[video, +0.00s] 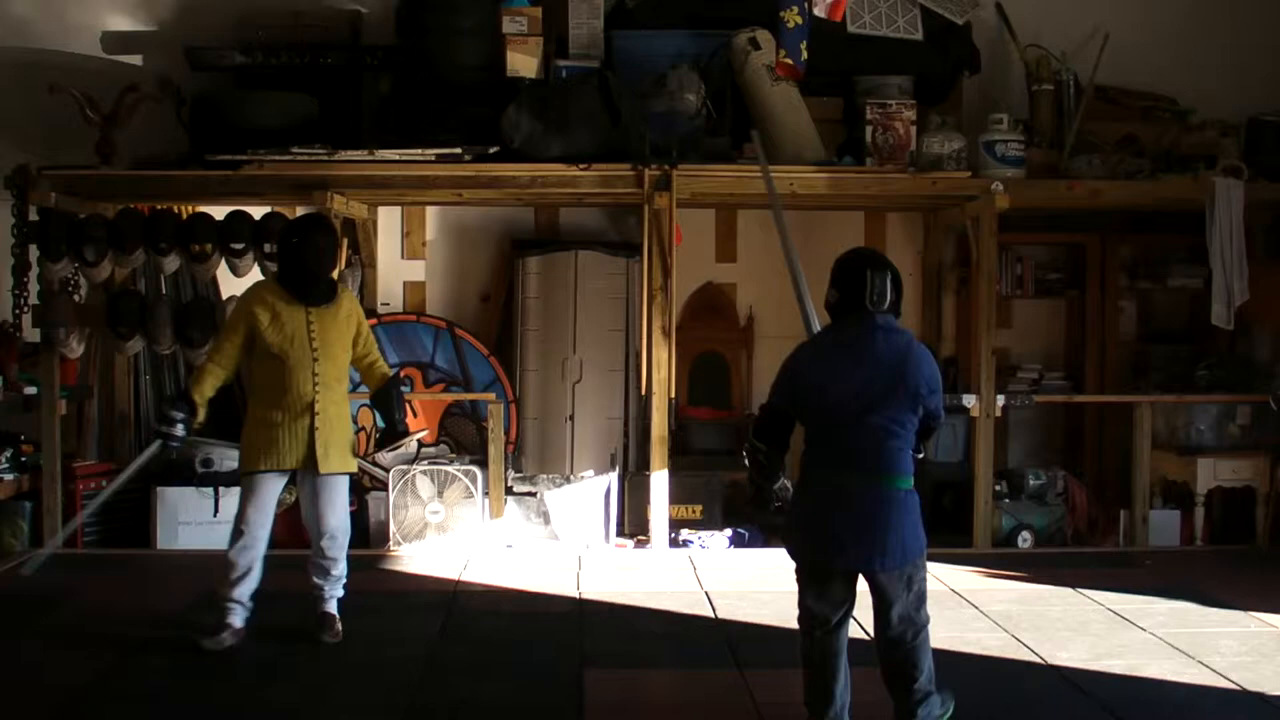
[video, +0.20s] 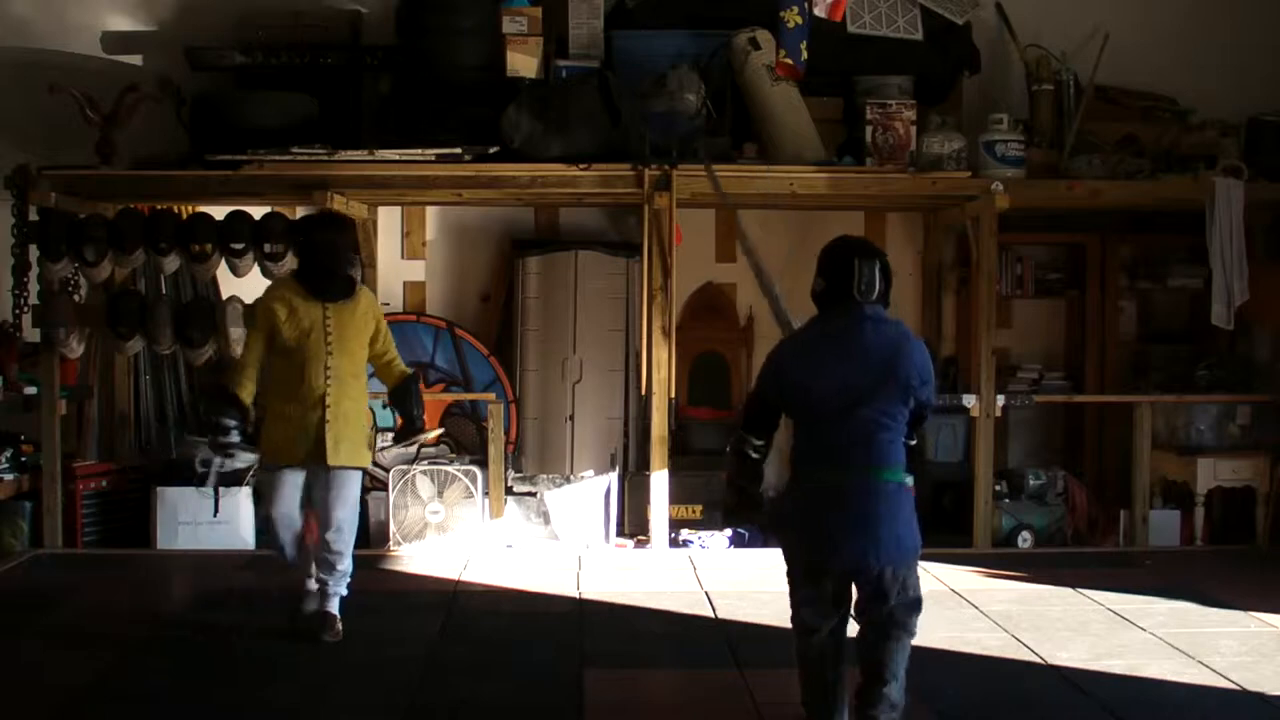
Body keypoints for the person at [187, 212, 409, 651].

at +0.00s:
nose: (326, 262)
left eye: (331, 253)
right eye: (317, 252)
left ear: (336, 258)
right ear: (293, 254)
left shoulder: (346, 306)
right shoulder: (258, 302)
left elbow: (369, 359)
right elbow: (221, 359)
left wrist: (389, 389)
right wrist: (192, 403)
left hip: (330, 440)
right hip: (271, 439)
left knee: (332, 531)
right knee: (249, 530)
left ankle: (329, 607)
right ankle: (234, 617)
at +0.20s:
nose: (348, 262)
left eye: (350, 253)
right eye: (337, 253)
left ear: (354, 257)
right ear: (311, 255)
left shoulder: (365, 305)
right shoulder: (277, 301)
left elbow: (386, 359)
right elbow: (251, 362)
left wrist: (407, 390)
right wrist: (237, 404)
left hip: (345, 434)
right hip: (288, 432)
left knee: (338, 525)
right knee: (279, 515)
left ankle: (330, 601)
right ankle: (304, 579)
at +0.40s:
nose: (349, 270)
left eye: (356, 261)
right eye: (340, 260)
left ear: (365, 263)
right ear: (323, 261)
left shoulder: (380, 309)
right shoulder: (296, 304)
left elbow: (405, 365)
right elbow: (277, 366)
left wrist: (430, 412)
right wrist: (276, 417)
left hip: (363, 427)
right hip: (312, 429)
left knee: (351, 517)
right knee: (330, 516)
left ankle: (335, 601)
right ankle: (365, 574)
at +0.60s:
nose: (356, 280)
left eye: (363, 270)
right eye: (347, 271)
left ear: (375, 267)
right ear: (332, 270)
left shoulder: (397, 307)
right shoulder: (313, 313)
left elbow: (421, 358)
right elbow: (298, 371)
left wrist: (445, 396)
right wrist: (299, 414)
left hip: (386, 427)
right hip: (336, 428)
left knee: (367, 510)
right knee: (352, 511)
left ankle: (346, 588)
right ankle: (378, 581)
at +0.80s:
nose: (364, 266)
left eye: (372, 256)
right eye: (356, 257)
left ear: (389, 256)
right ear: (346, 259)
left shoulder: (413, 299)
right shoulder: (332, 306)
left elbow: (444, 339)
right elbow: (321, 373)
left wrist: (465, 374)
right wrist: (313, 426)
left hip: (404, 420)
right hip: (355, 424)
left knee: (391, 502)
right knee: (362, 510)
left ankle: (393, 585)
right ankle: (374, 583)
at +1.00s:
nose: (394, 272)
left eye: (400, 262)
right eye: (386, 262)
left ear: (414, 259)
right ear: (373, 262)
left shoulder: (437, 294)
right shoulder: (355, 302)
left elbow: (471, 335)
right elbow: (331, 358)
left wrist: (474, 371)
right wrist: (323, 400)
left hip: (428, 416)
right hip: (374, 420)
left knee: (439, 500)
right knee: (374, 509)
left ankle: (464, 575)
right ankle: (379, 584)